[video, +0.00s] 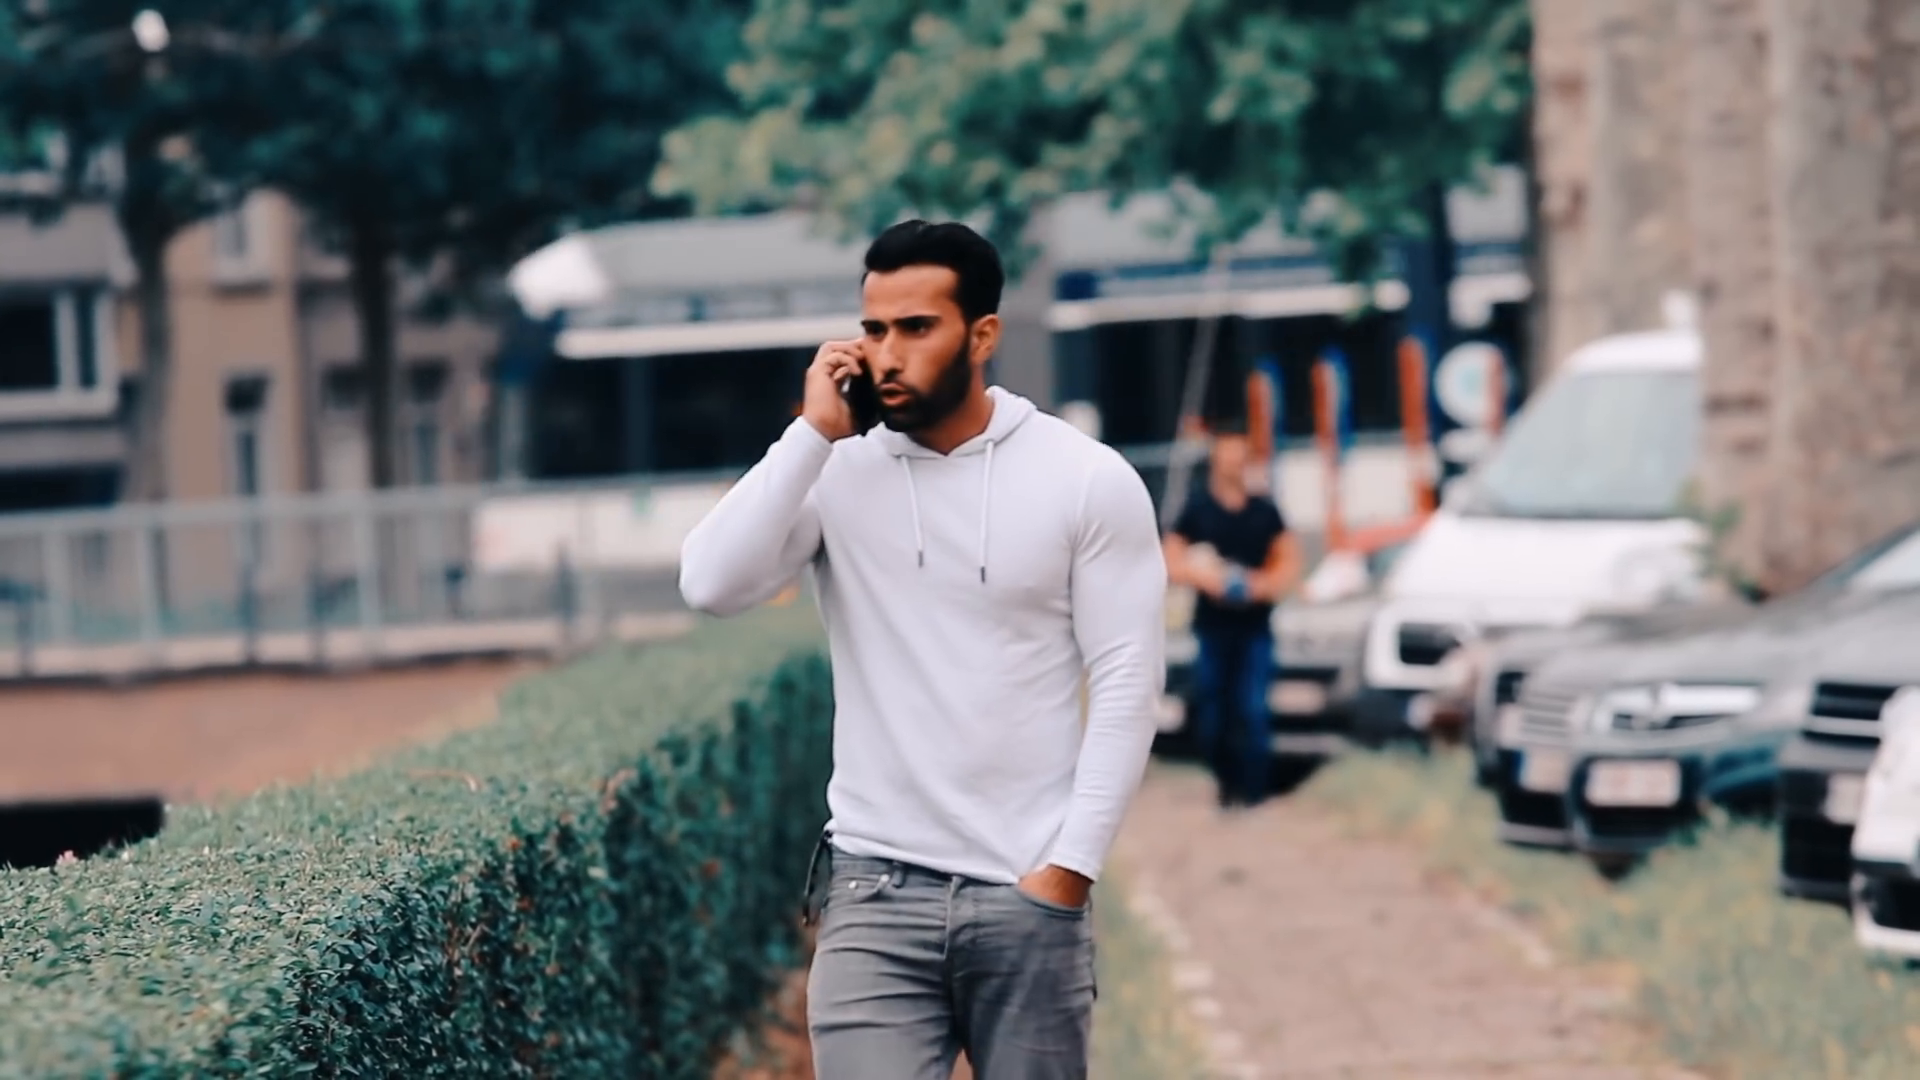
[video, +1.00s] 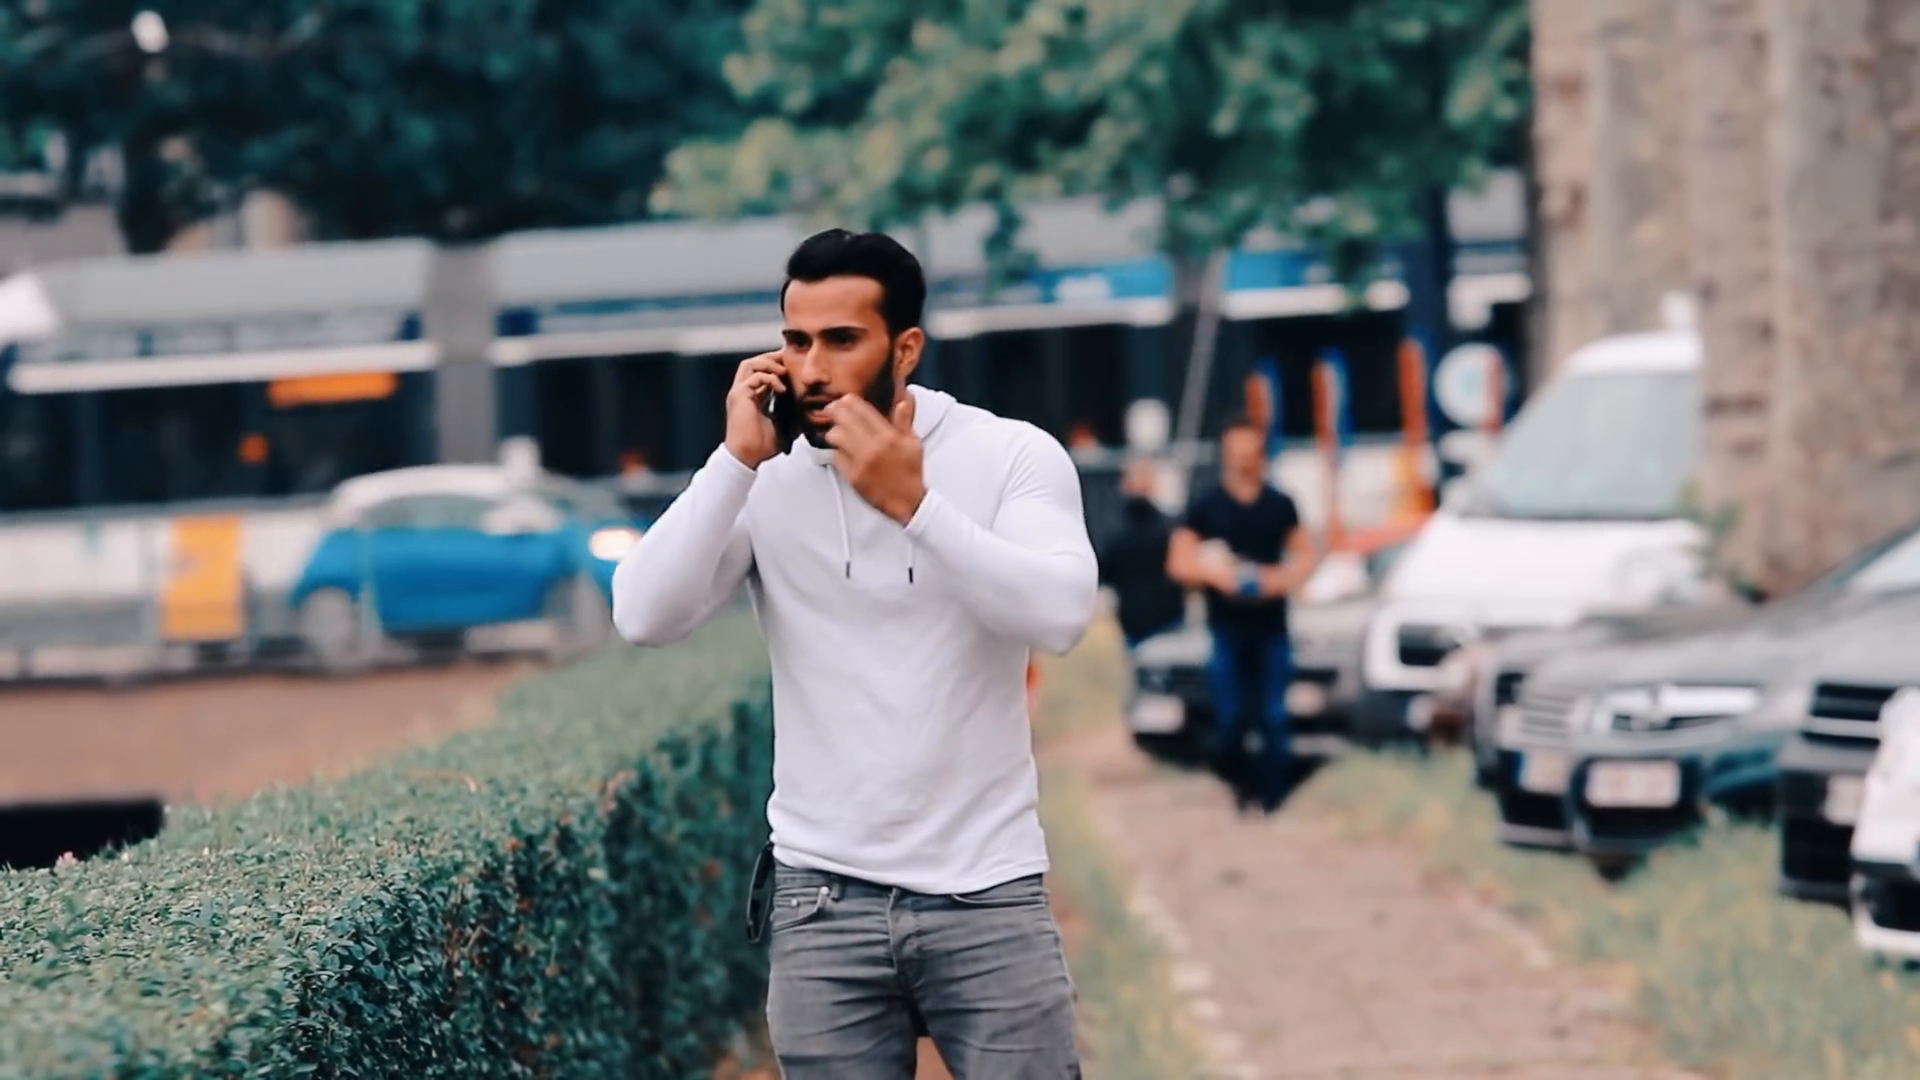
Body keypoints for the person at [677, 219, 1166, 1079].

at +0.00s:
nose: (888, 356)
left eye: (916, 329)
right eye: (875, 330)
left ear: (984, 334)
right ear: (857, 332)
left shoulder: (1088, 481)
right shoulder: (830, 470)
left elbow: (1127, 687)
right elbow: (709, 585)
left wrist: (1068, 869)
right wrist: (813, 433)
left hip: (1026, 905)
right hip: (871, 895)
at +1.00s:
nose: (812, 369)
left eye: (841, 340)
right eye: (797, 342)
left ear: (906, 347)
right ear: (781, 346)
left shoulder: (1015, 457)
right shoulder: (762, 486)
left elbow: (1059, 616)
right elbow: (641, 615)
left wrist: (915, 504)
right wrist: (736, 459)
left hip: (989, 899)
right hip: (821, 902)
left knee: (1032, 1065)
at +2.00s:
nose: (798, 378)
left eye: (825, 349)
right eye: (784, 353)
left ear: (892, 349)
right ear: (767, 358)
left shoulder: (1009, 452)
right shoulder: (760, 491)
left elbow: (1029, 602)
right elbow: (649, 634)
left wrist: (861, 601)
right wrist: (732, 472)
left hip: (997, 894)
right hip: (827, 901)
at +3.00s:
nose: (794, 373)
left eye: (822, 343)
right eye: (780, 348)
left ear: (890, 346)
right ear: (764, 355)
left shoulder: (1007, 450)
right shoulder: (760, 490)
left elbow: (1023, 599)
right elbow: (648, 630)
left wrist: (853, 596)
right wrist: (727, 467)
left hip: (996, 895)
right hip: (827, 901)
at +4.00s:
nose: (784, 373)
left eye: (813, 344)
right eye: (770, 347)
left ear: (882, 347)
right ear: (755, 354)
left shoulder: (1001, 453)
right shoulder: (755, 490)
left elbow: (1007, 606)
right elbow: (643, 632)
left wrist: (838, 606)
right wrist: (720, 467)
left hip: (989, 898)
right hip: (821, 904)